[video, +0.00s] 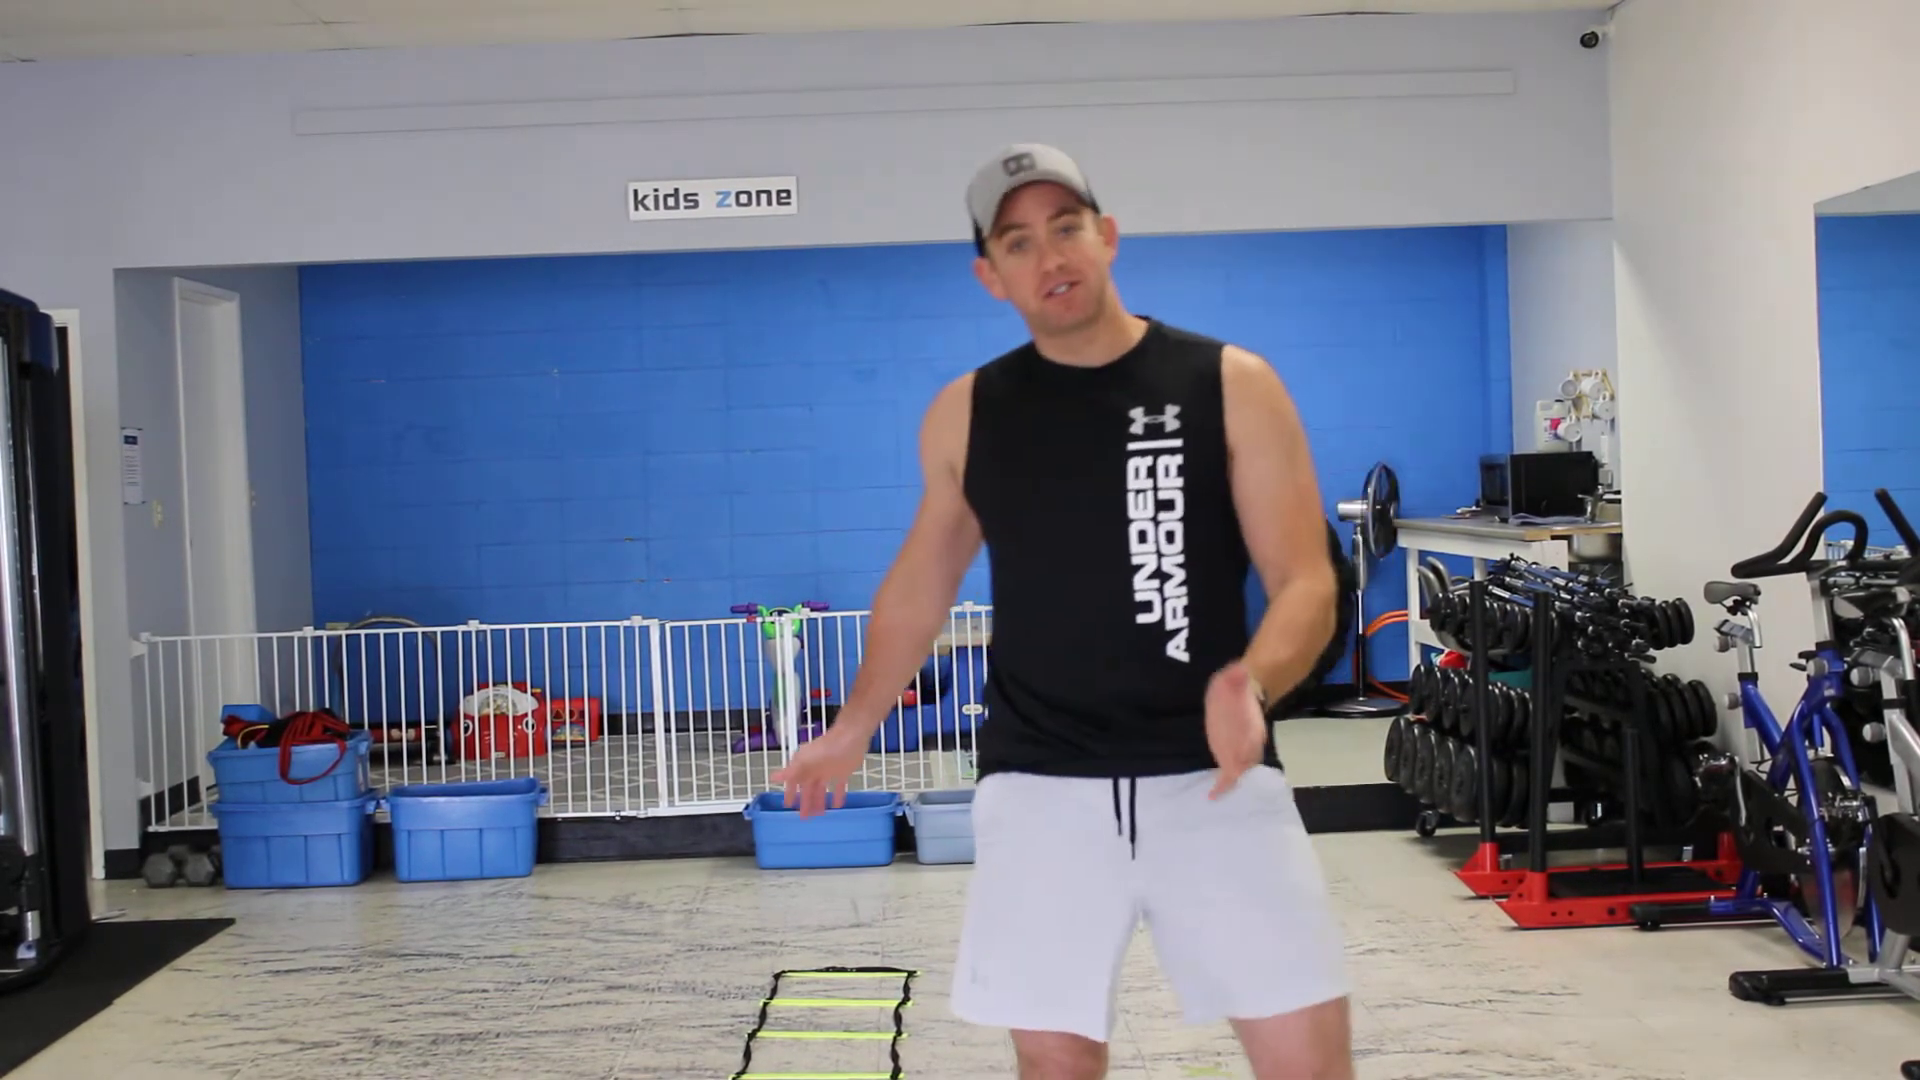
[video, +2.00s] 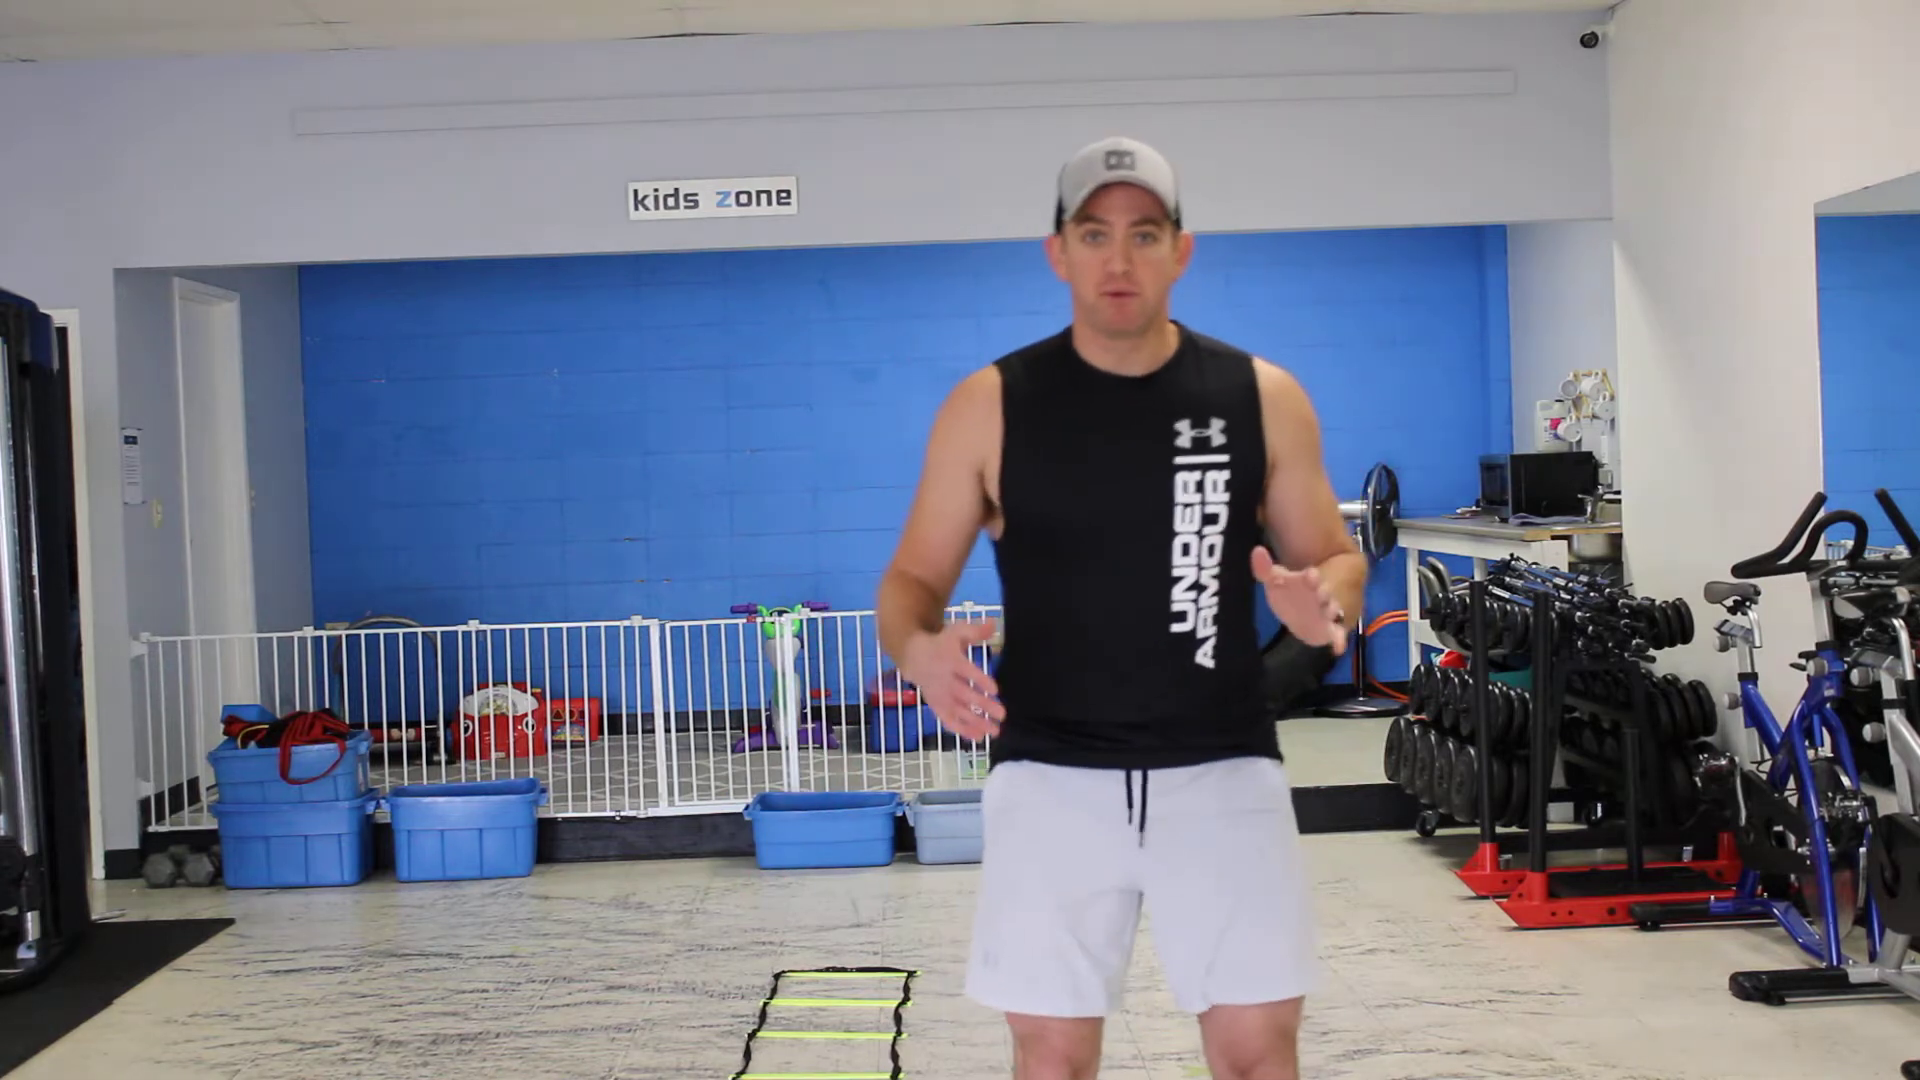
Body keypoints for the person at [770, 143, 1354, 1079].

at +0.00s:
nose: (1051, 254)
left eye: (1067, 227)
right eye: (1019, 241)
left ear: (1108, 235)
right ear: (990, 276)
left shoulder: (1231, 387)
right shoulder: (967, 414)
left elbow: (1307, 583)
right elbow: (920, 586)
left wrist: (1250, 677)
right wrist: (850, 730)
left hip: (1222, 789)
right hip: (1041, 799)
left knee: (1310, 1062)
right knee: (1055, 1065)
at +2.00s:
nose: (1120, 258)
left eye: (1145, 233)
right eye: (1095, 233)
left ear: (1181, 252)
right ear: (1058, 253)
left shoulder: (1264, 399)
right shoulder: (989, 407)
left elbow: (1333, 555)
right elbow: (913, 582)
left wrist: (1318, 608)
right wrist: (918, 648)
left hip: (1225, 778)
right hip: (1051, 785)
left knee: (1258, 1056)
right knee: (1052, 1060)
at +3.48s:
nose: (1083, 343)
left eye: (1106, 314)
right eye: (1057, 318)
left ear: (1145, 323)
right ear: (1024, 335)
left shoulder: (1238, 455)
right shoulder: (971, 469)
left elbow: (1322, 652)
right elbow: (927, 638)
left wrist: (1244, 630)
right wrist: (940, 797)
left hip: (1226, 800)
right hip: (1049, 809)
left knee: (1305, 1053)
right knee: (1036, 1061)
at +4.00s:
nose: (999, 438)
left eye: (1022, 409)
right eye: (973, 411)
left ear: (1062, 413)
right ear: (939, 419)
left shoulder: (1144, 532)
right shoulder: (878, 533)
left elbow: (1229, 743)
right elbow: (833, 647)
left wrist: (1142, 727)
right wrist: (876, 794)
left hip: (1142, 831)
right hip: (969, 838)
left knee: (1243, 1067)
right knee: (987, 1069)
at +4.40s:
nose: (949, 540)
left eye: (976, 509)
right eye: (924, 512)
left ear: (1018, 513)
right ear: (895, 519)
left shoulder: (1105, 620)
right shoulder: (847, 625)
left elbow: (1181, 848)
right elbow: (839, 723)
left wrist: (1059, 818)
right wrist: (875, 858)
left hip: (1113, 899)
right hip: (954, 885)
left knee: (1131, 1067)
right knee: (970, 1065)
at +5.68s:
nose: (1052, 552)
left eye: (1078, 521)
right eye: (1027, 524)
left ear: (1123, 527)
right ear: (997, 533)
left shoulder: (1209, 632)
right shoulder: (948, 633)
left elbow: (1299, 826)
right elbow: (891, 727)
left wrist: (1192, 855)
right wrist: (926, 882)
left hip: (1180, 901)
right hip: (1015, 893)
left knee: (1280, 1065)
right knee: (1032, 1066)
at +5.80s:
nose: (1108, 517)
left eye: (1134, 489)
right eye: (1083, 491)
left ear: (1178, 497)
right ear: (1051, 500)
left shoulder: (1258, 605)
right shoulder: (991, 602)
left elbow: (1345, 787)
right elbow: (922, 688)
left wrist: (1260, 826)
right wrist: (960, 839)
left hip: (1215, 865)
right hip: (1049, 874)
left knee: (1385, 1049)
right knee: (1047, 1066)